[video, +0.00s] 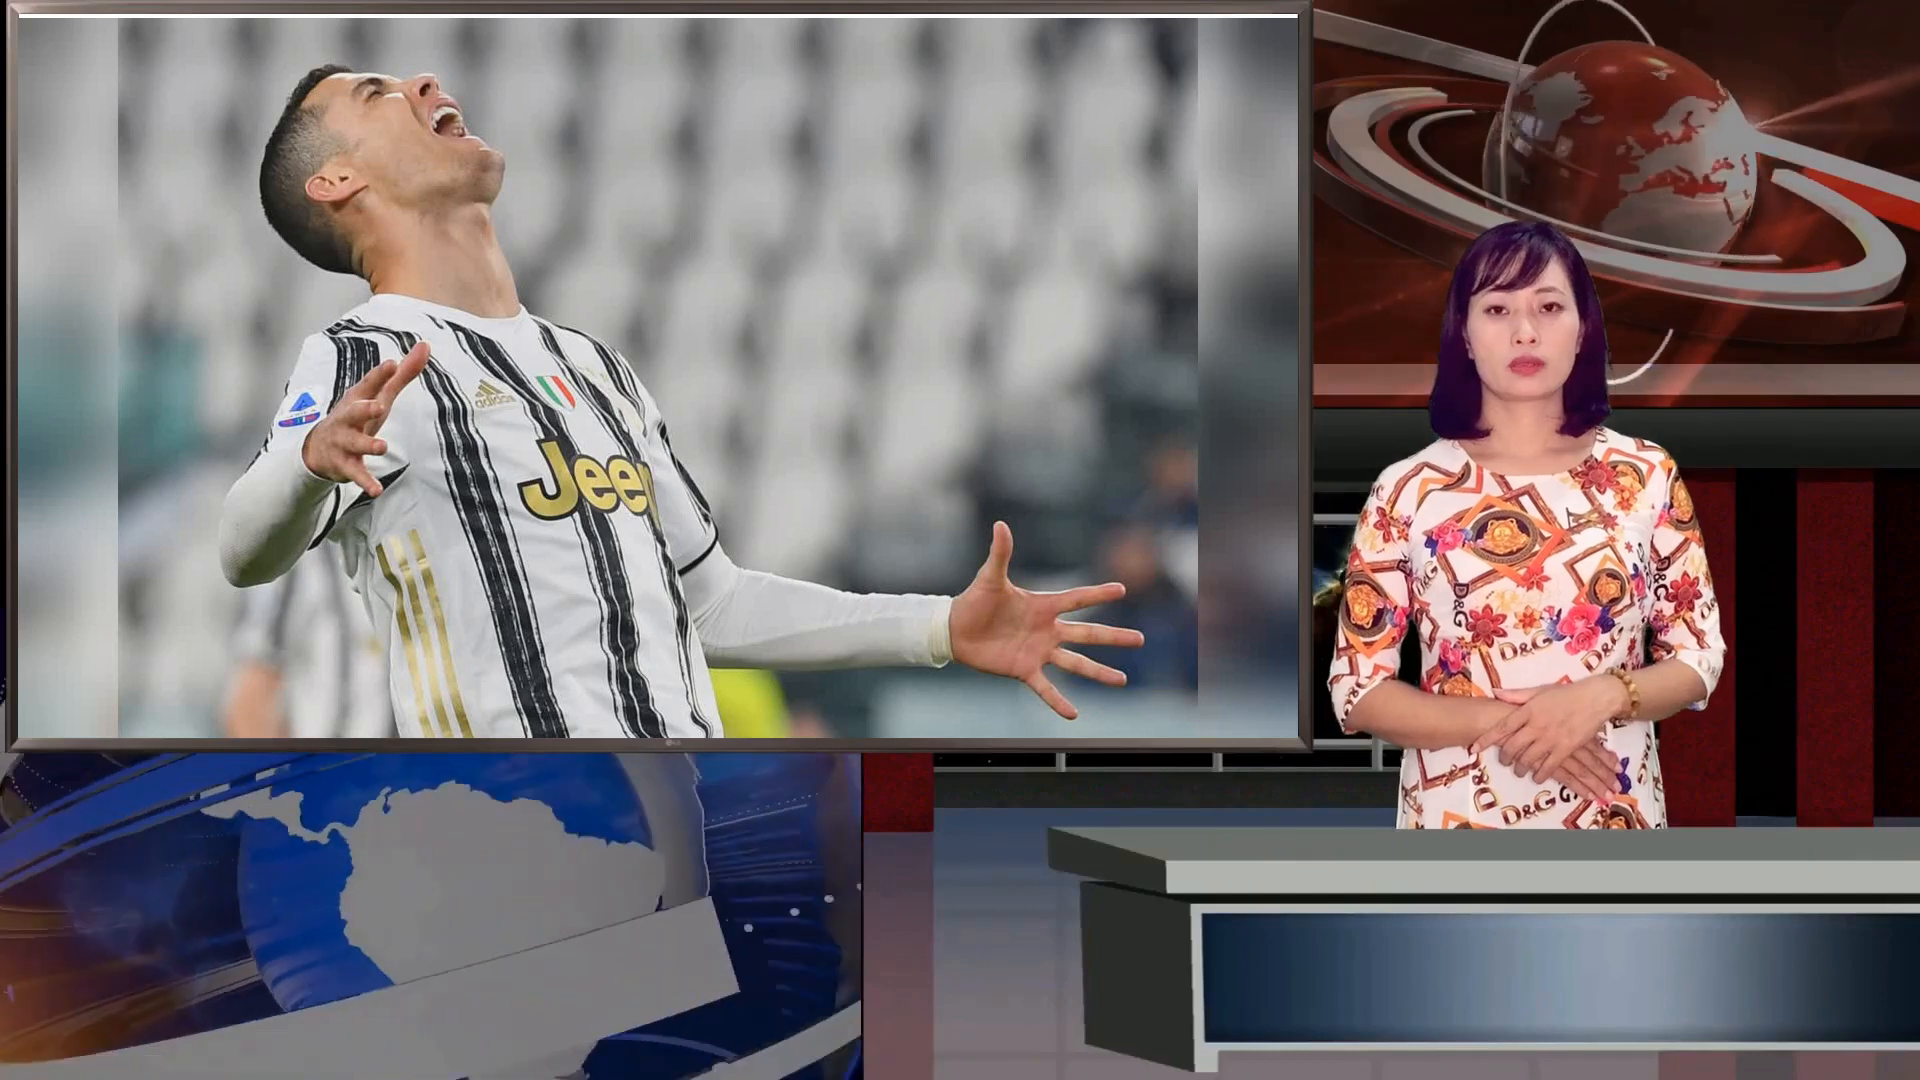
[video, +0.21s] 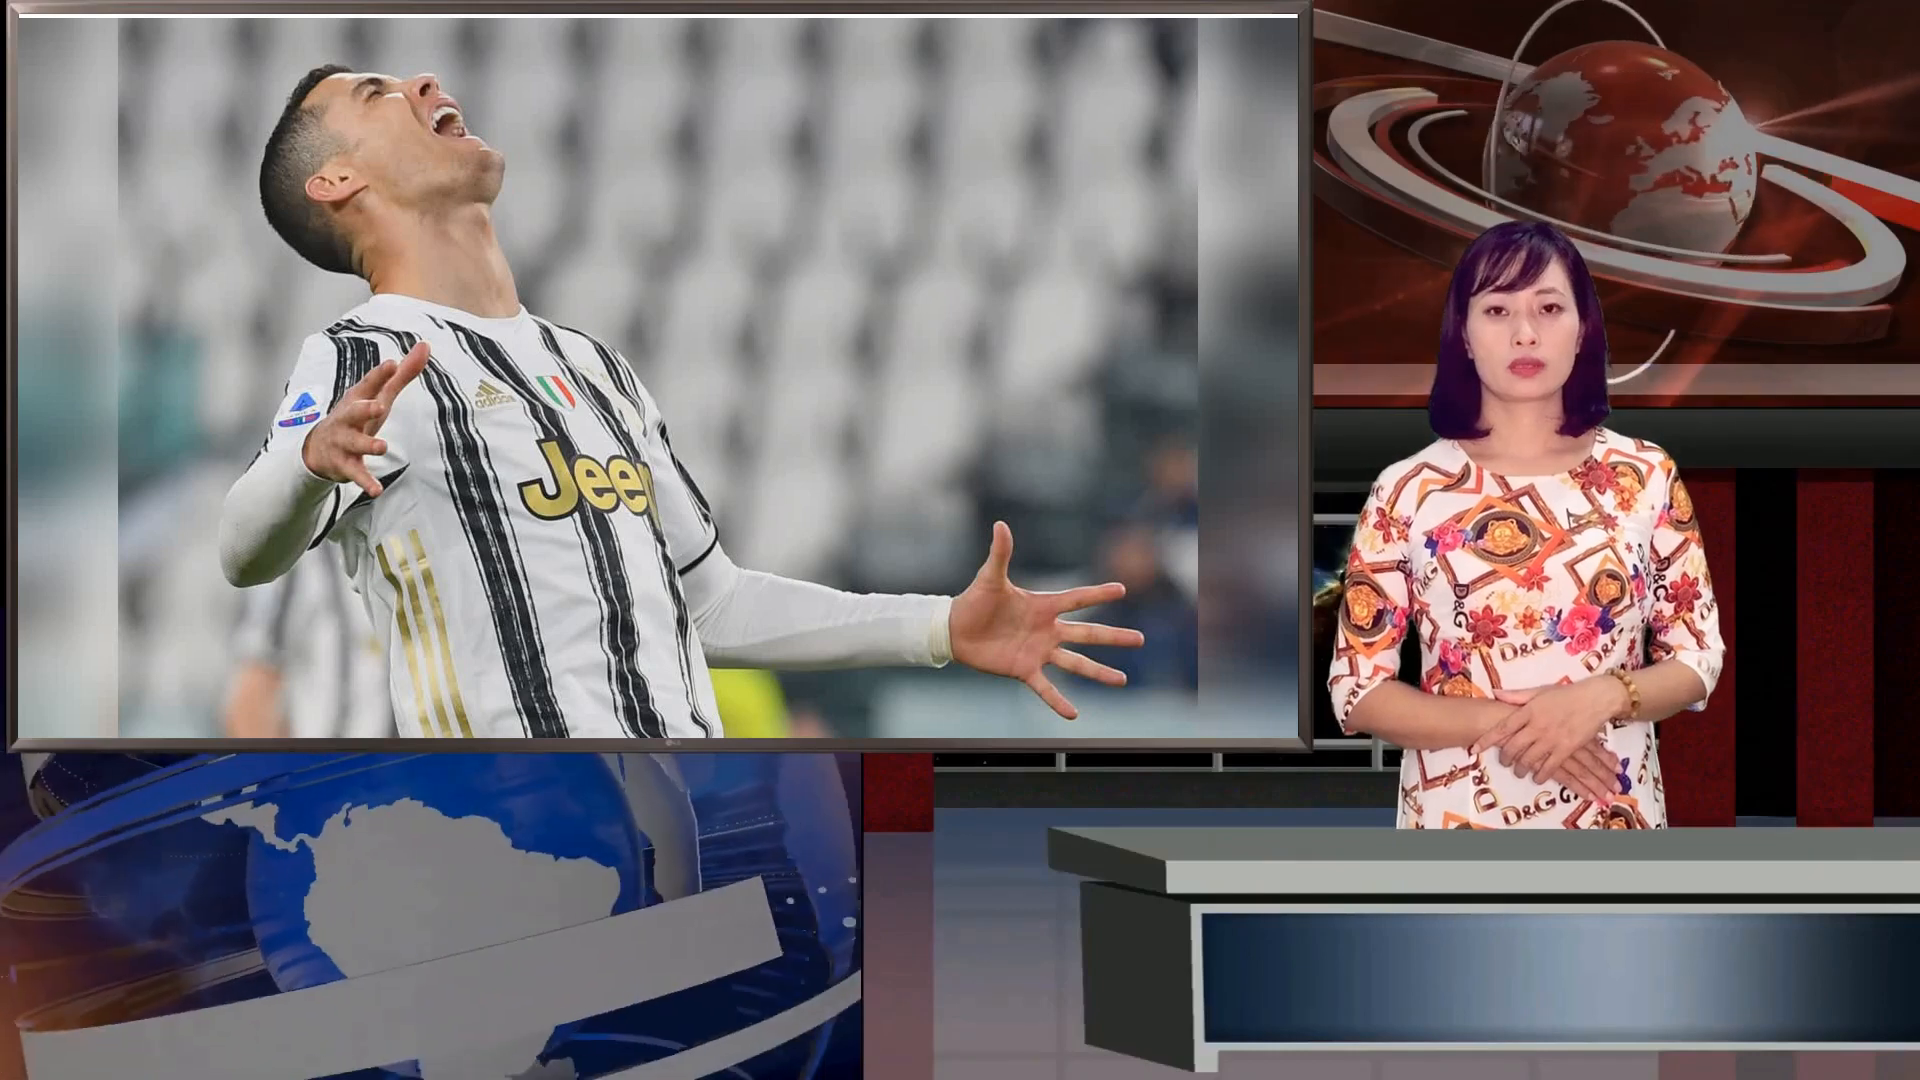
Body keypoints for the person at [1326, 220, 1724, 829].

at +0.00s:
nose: (1525, 330)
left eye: (1549, 307)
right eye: (1498, 310)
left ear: (1583, 328)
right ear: (1464, 332)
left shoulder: (1644, 477)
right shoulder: (1407, 491)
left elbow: (1698, 658)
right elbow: (1356, 690)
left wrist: (1601, 695)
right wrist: (1516, 726)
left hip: (1613, 828)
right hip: (1459, 827)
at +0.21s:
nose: (1525, 332)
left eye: (1549, 308)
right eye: (1498, 310)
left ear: (1583, 328)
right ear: (1463, 332)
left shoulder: (1645, 477)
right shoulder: (1407, 492)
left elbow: (1697, 659)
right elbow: (1356, 690)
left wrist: (1601, 696)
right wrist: (1515, 728)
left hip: (1612, 828)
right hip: (1458, 827)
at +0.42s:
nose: (1525, 333)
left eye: (1549, 311)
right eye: (1498, 312)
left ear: (1583, 328)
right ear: (1463, 332)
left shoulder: (1644, 478)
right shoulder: (1407, 491)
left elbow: (1697, 659)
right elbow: (1356, 690)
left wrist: (1601, 697)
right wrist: (1515, 728)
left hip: (1612, 829)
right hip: (1458, 828)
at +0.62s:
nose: (1526, 332)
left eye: (1550, 308)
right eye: (1498, 310)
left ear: (1584, 327)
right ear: (1464, 331)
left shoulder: (1645, 478)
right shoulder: (1407, 491)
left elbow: (1698, 659)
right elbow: (1357, 690)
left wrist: (1602, 698)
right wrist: (1514, 728)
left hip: (1612, 830)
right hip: (1457, 830)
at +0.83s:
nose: (1525, 332)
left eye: (1550, 308)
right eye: (1497, 310)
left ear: (1584, 328)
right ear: (1463, 332)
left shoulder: (1644, 479)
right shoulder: (1405, 492)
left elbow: (1697, 660)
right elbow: (1355, 691)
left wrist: (1599, 699)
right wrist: (1513, 729)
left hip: (1611, 831)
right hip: (1456, 831)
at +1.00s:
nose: (1523, 332)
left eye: (1548, 308)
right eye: (1496, 309)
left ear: (1582, 328)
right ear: (1461, 331)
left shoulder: (1643, 479)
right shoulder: (1404, 493)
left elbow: (1696, 659)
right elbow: (1354, 691)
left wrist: (1598, 699)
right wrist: (1512, 730)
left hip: (1611, 832)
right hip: (1454, 832)